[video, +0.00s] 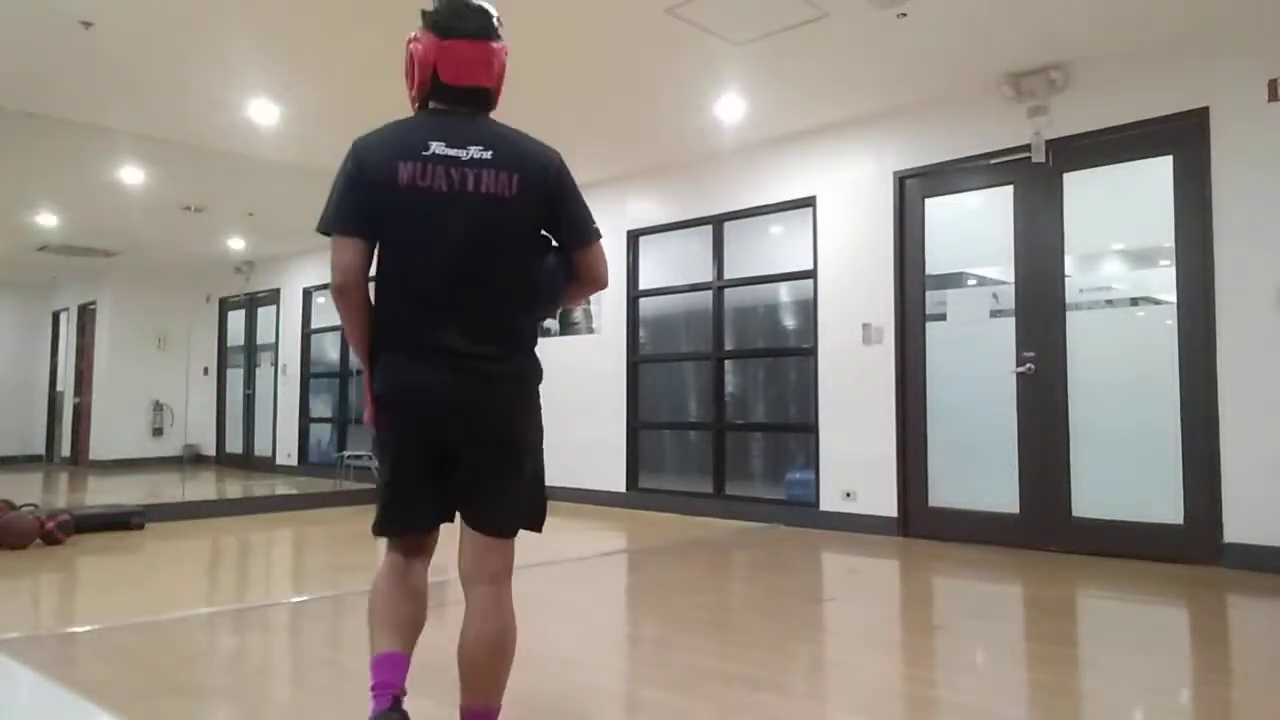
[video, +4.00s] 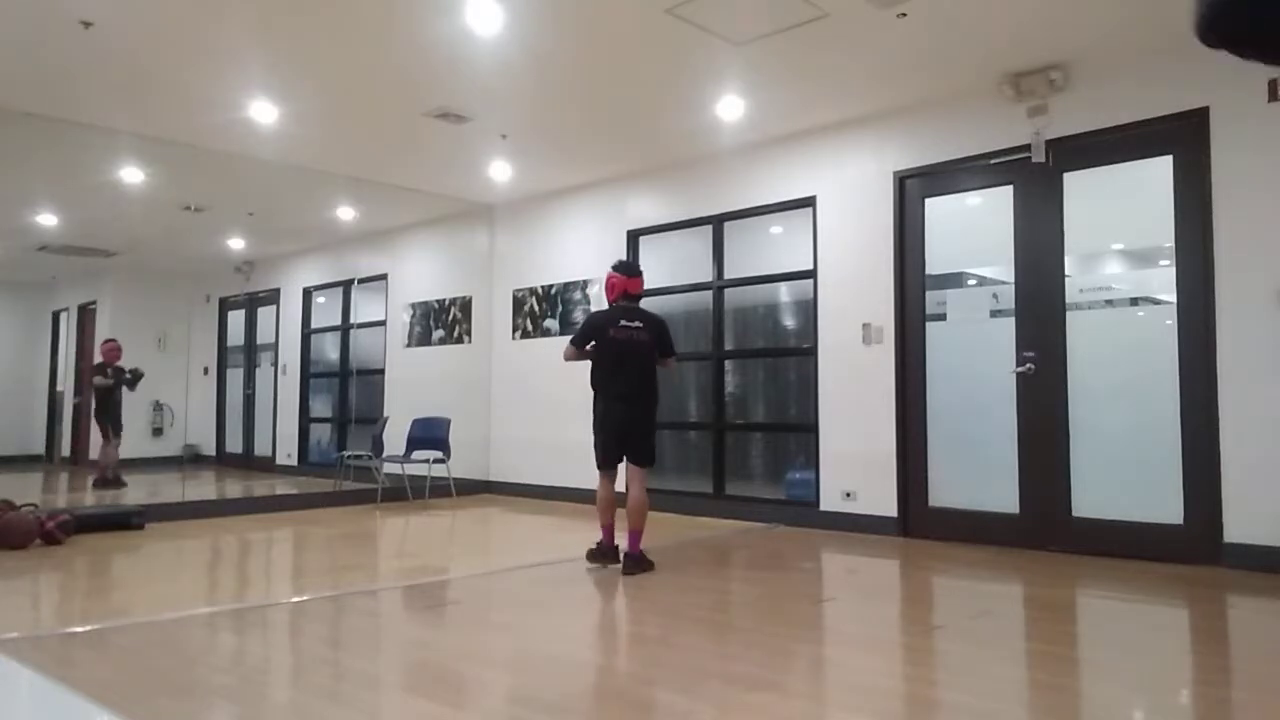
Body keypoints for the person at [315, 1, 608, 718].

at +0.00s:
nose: (412, 67)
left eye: (415, 57)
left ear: (420, 66)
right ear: (499, 70)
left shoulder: (375, 153)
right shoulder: (540, 163)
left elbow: (347, 278)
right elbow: (591, 273)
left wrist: (373, 367)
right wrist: (524, 301)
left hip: (407, 388)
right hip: (501, 394)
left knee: (405, 552)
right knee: (489, 576)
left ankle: (386, 704)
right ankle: (480, 716)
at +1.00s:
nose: (519, 198)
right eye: (518, 190)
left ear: (463, 199)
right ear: (517, 198)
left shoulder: (434, 254)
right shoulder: (539, 257)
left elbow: (384, 320)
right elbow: (578, 323)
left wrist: (434, 319)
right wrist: (549, 340)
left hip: (452, 412)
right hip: (517, 414)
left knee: (445, 530)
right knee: (519, 526)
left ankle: (423, 654)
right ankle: (515, 641)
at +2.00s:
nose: (565, 242)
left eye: (557, 235)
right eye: (561, 235)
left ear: (517, 243)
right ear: (556, 239)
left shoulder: (496, 286)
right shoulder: (573, 284)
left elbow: (481, 333)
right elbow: (603, 338)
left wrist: (521, 330)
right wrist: (569, 334)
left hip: (513, 409)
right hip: (562, 408)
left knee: (519, 500)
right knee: (579, 492)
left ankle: (521, 607)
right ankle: (586, 586)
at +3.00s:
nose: (599, 272)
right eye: (598, 267)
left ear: (564, 275)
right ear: (598, 271)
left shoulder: (550, 314)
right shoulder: (618, 312)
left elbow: (529, 363)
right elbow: (647, 354)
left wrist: (552, 385)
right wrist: (628, 388)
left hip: (567, 411)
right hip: (605, 409)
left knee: (573, 487)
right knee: (609, 487)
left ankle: (575, 564)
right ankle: (597, 552)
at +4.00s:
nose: (606, 289)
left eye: (607, 285)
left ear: (611, 288)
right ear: (640, 289)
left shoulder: (597, 320)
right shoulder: (655, 323)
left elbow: (570, 354)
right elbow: (667, 361)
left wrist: (595, 352)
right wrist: (643, 353)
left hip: (607, 411)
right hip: (643, 411)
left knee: (606, 477)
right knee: (637, 480)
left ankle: (607, 546)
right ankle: (633, 554)